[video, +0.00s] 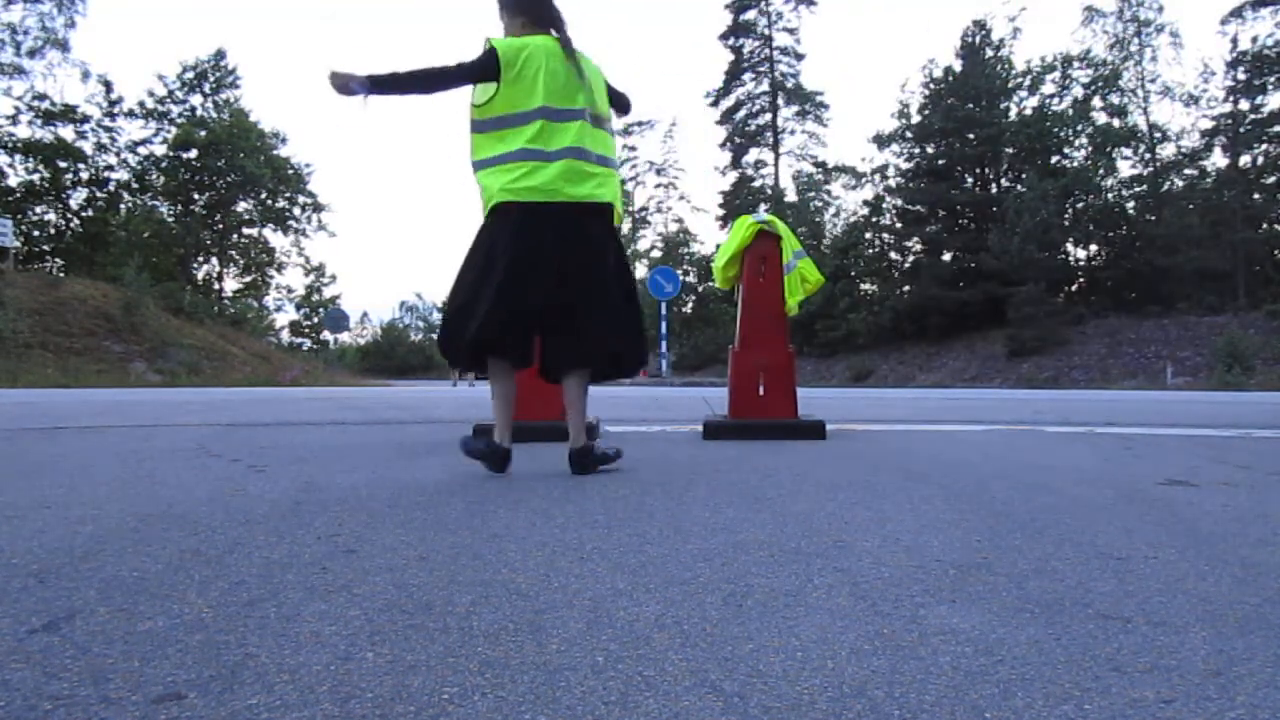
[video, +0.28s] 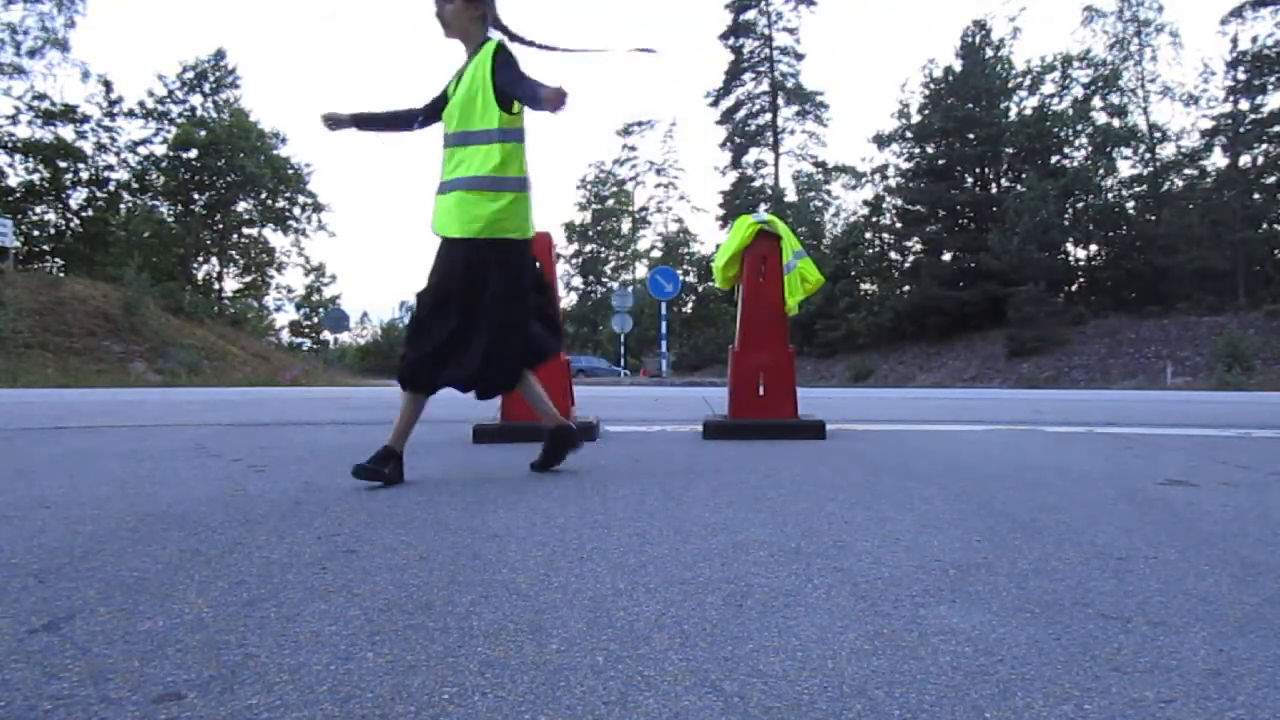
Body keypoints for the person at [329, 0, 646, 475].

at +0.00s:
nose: (502, 27)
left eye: (504, 18)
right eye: (503, 19)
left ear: (517, 17)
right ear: (552, 20)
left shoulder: (507, 53)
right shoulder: (587, 67)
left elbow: (446, 77)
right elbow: (622, 104)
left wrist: (366, 83)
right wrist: (587, 89)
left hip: (521, 213)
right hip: (588, 215)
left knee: (501, 324)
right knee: (574, 328)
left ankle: (501, 444)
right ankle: (581, 446)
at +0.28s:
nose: (437, 14)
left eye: (443, 5)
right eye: (438, 7)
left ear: (470, 8)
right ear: (470, 11)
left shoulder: (495, 58)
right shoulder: (465, 74)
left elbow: (518, 85)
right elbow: (421, 116)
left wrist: (544, 95)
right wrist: (353, 121)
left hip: (478, 232)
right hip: (485, 232)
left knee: (429, 339)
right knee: (496, 341)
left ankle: (392, 454)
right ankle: (558, 426)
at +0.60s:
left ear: (454, 2)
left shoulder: (479, 59)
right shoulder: (378, 34)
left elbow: (542, 99)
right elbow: (304, 35)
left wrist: (608, 68)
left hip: (440, 215)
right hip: (372, 203)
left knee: (414, 331)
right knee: (371, 309)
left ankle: (385, 452)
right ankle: (336, 424)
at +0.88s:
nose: (442, 6)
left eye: (441, 5)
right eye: (438, 4)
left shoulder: (381, 18)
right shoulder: (409, 10)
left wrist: (453, 75)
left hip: (350, 158)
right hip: (402, 157)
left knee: (369, 305)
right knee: (416, 311)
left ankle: (320, 410)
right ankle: (369, 445)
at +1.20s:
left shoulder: (326, 10)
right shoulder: (436, 37)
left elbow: (226, 41)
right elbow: (486, 87)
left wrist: (121, 52)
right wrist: (517, 115)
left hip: (340, 196)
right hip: (413, 208)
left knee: (319, 335)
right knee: (373, 337)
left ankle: (384, 484)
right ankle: (349, 470)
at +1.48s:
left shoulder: (388, 1)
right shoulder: (312, 5)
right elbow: (234, 1)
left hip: (389, 155)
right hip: (334, 160)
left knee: (333, 313)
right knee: (328, 320)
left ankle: (302, 473)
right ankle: (324, 475)